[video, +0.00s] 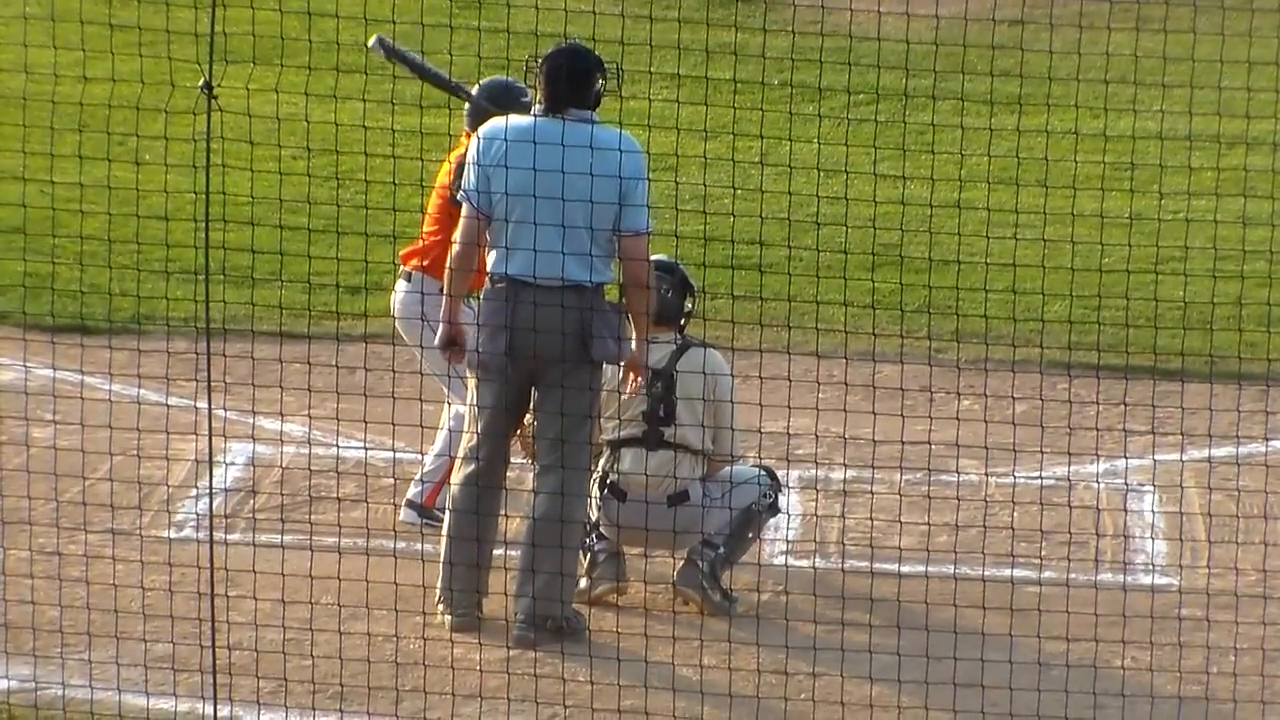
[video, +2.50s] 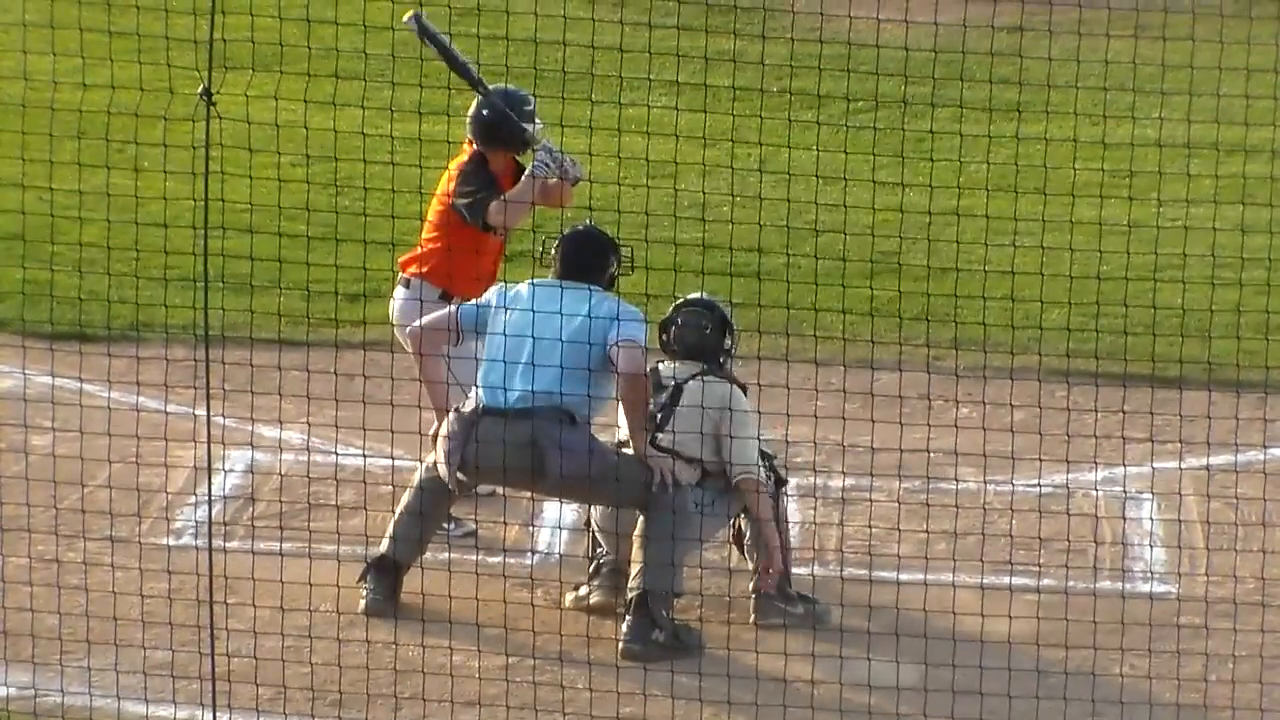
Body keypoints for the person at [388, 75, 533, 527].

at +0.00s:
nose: (524, 129)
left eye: (523, 122)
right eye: (519, 120)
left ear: (476, 117)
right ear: (502, 121)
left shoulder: (467, 154)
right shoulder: (478, 159)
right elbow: (477, 237)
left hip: (419, 294)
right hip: (434, 297)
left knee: (473, 394)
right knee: (480, 394)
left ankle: (431, 494)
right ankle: (427, 496)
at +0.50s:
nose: (523, 126)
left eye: (523, 118)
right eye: (518, 116)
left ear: (475, 114)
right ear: (499, 116)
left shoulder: (469, 151)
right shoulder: (475, 154)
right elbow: (470, 237)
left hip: (423, 292)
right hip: (429, 294)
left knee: (473, 391)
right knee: (478, 392)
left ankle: (431, 491)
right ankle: (427, 494)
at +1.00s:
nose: (523, 126)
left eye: (523, 118)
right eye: (519, 117)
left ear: (476, 115)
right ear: (501, 116)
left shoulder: (468, 151)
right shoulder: (478, 155)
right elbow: (459, 235)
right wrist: (465, 295)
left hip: (425, 290)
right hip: (429, 293)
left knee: (472, 387)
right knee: (472, 393)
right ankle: (423, 491)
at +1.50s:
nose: (521, 132)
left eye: (521, 123)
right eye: (516, 122)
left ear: (482, 122)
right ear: (497, 125)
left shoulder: (475, 156)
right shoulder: (470, 165)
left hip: (442, 281)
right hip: (430, 284)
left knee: (472, 371)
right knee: (452, 383)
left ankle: (465, 463)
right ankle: (437, 491)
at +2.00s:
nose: (527, 124)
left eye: (528, 119)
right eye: (524, 118)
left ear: (484, 119)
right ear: (511, 121)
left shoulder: (508, 157)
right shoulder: (472, 160)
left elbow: (560, 188)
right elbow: (504, 204)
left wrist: (565, 166)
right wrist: (537, 167)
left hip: (462, 288)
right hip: (424, 287)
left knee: (476, 379)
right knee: (449, 389)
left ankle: (468, 467)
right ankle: (434, 494)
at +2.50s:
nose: (532, 133)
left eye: (531, 126)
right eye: (528, 127)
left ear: (485, 131)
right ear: (513, 134)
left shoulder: (507, 168)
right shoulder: (471, 170)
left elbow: (556, 197)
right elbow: (500, 217)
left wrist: (563, 176)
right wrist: (534, 182)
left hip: (458, 304)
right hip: (426, 303)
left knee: (476, 398)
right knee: (462, 405)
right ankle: (434, 508)